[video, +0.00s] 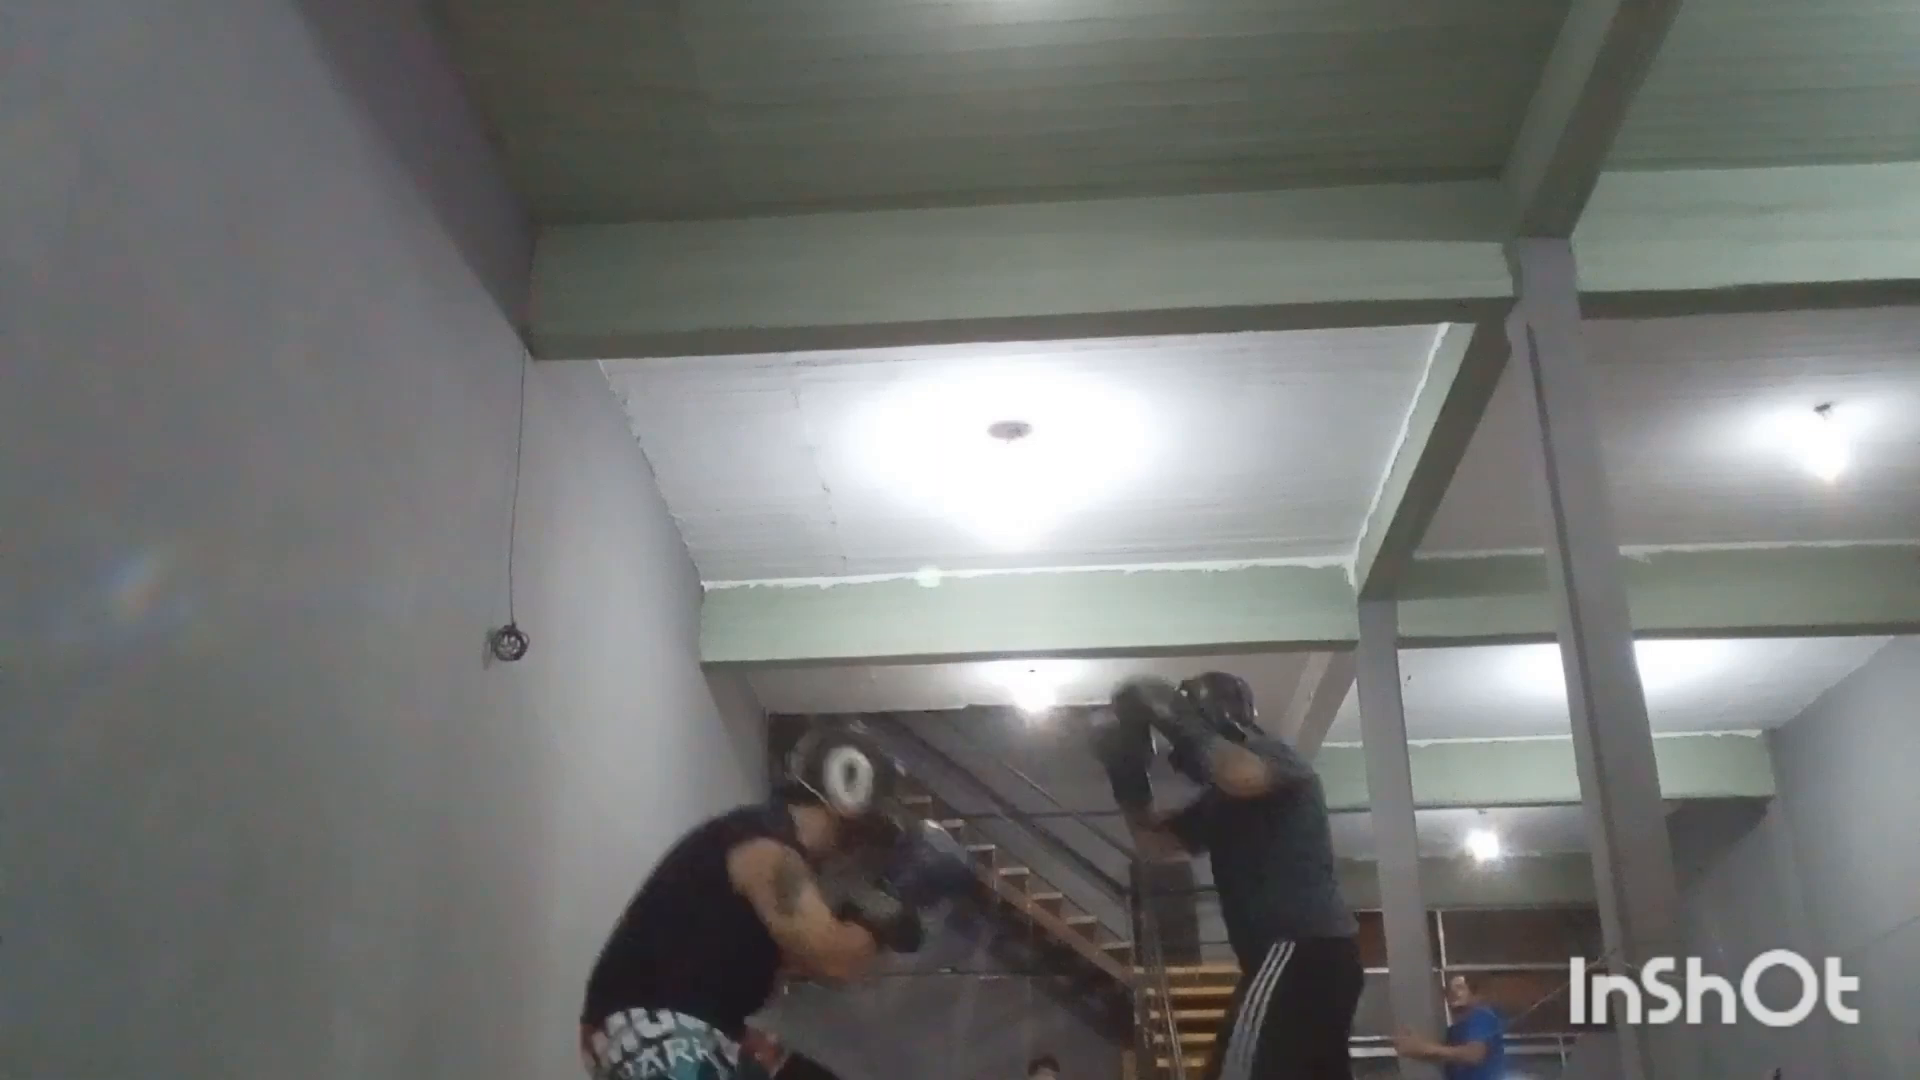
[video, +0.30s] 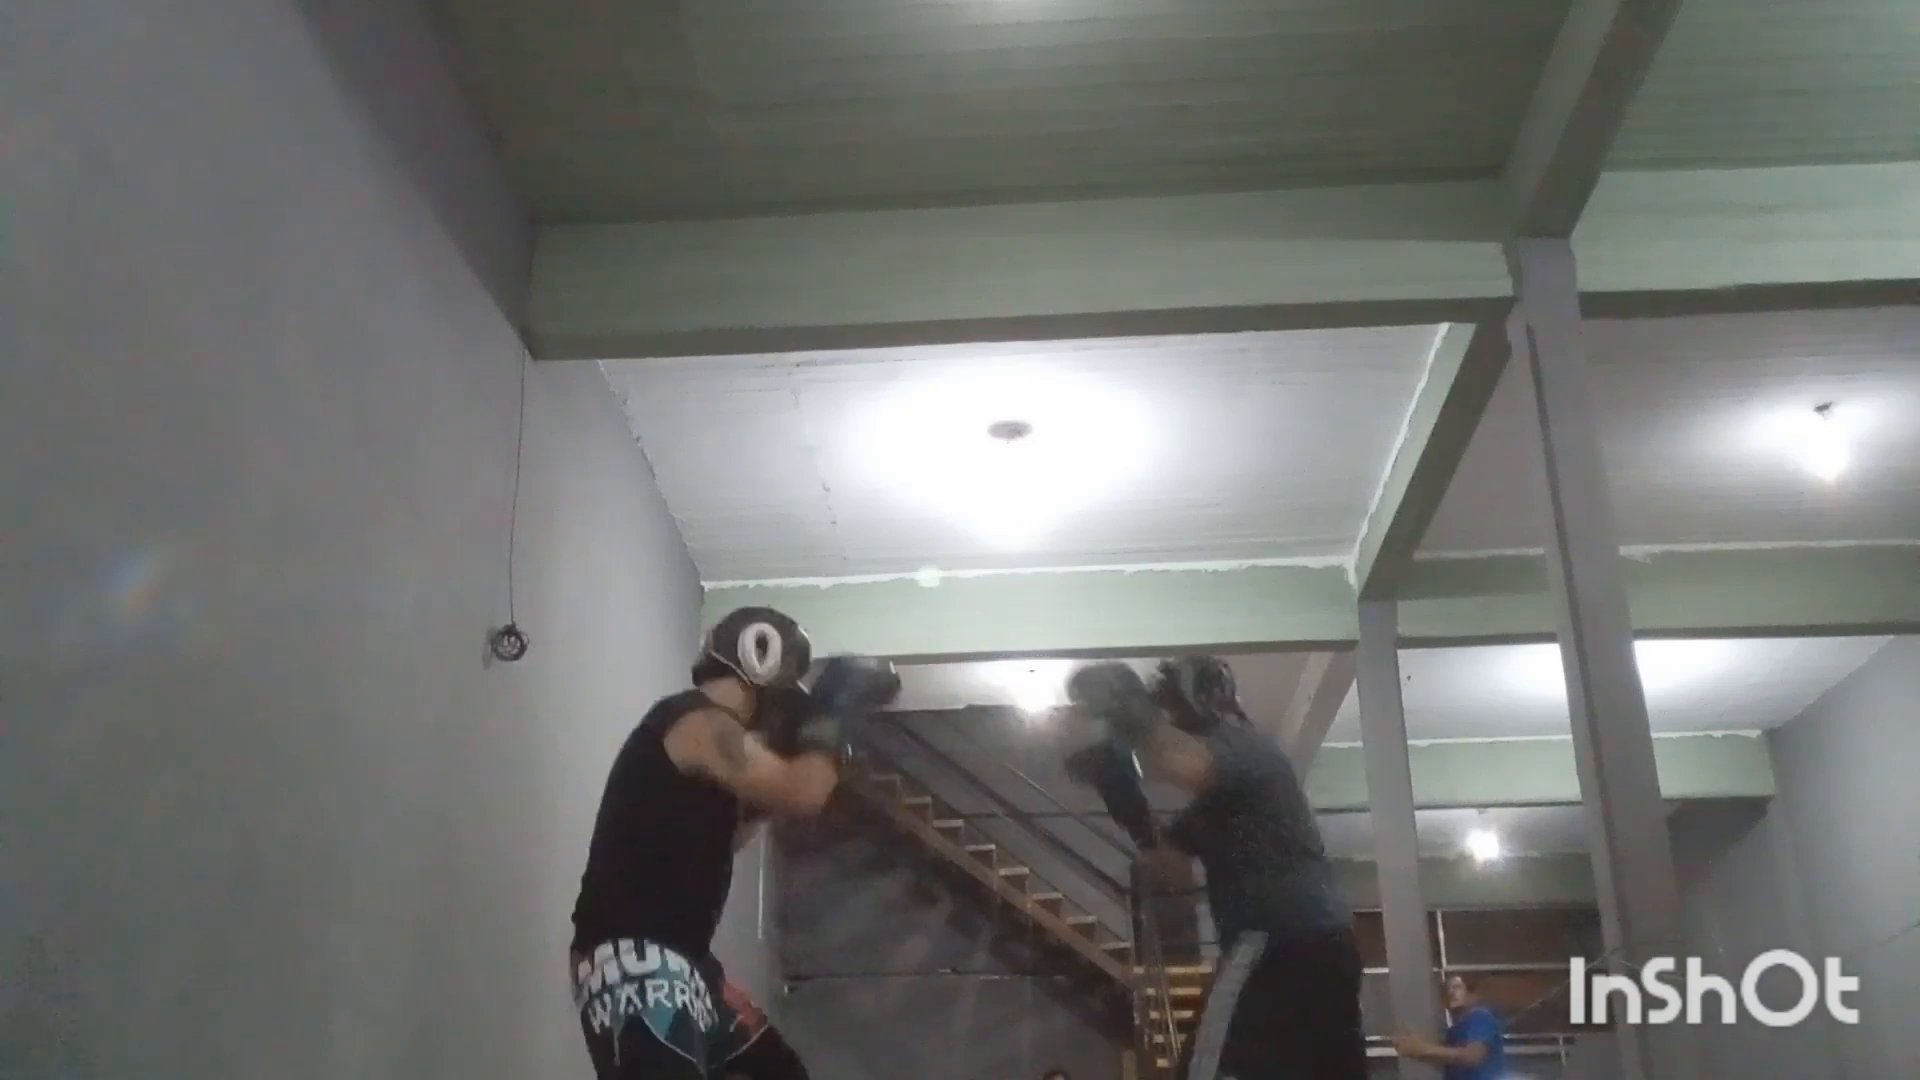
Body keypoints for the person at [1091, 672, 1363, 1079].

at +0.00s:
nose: (1179, 729)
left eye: (1187, 718)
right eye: (1180, 721)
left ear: (1211, 716)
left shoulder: (1277, 756)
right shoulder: (1227, 796)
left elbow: (1242, 777)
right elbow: (1154, 842)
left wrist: (1178, 718)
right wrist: (1126, 766)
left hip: (1305, 951)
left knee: (1241, 1069)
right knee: (1321, 1073)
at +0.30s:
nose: (1164, 719)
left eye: (1168, 705)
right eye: (1161, 708)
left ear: (1191, 701)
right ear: (1221, 698)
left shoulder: (1238, 744)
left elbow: (1186, 764)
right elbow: (1166, 856)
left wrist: (1127, 710)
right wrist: (1113, 776)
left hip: (1281, 944)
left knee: (1212, 1069)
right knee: (1328, 1070)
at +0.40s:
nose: (1147, 705)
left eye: (1148, 691)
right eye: (1144, 697)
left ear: (1170, 676)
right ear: (1198, 670)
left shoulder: (1220, 710)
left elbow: (1151, 728)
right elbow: (1138, 816)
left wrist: (1098, 669)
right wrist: (1101, 753)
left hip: (1270, 917)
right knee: (1301, 1061)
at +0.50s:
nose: (1136, 708)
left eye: (1137, 696)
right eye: (1133, 698)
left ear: (1155, 681)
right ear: (1189, 670)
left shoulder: (1211, 706)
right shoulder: (1190, 756)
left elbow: (1126, 720)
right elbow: (1123, 812)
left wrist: (1086, 671)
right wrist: (1097, 771)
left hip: (1253, 911)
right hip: (1300, 911)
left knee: (1155, 1057)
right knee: (1284, 1069)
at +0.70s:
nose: (1141, 716)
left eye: (1147, 700)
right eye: (1140, 704)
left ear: (1183, 683)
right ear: (1201, 683)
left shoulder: (1218, 719)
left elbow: (1196, 770)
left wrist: (1109, 755)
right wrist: (1132, 809)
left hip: (1243, 928)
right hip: (1303, 930)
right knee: (1303, 1066)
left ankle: (1118, 1074)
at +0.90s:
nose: (1145, 714)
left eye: (1147, 699)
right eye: (1142, 702)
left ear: (1172, 687)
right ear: (1208, 682)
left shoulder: (1209, 713)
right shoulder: (1255, 729)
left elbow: (1191, 775)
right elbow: (1195, 855)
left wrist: (1106, 752)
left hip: (1255, 920)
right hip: (1325, 920)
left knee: (1174, 1058)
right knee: (1331, 1067)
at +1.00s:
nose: (1134, 711)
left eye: (1136, 700)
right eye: (1133, 703)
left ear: (1153, 689)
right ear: (1203, 680)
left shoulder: (1187, 719)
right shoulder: (1241, 727)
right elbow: (1176, 831)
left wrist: (1068, 727)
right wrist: (1123, 787)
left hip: (1247, 935)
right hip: (1322, 930)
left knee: (1171, 1064)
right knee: (1331, 1067)